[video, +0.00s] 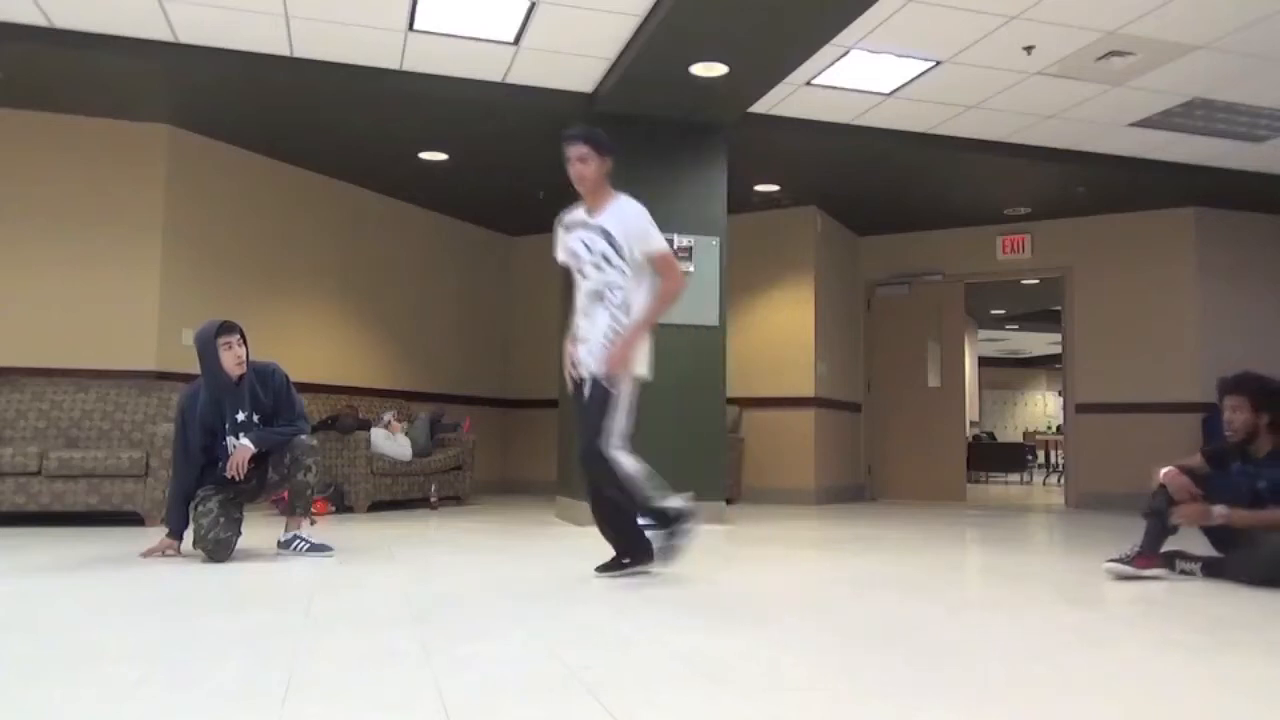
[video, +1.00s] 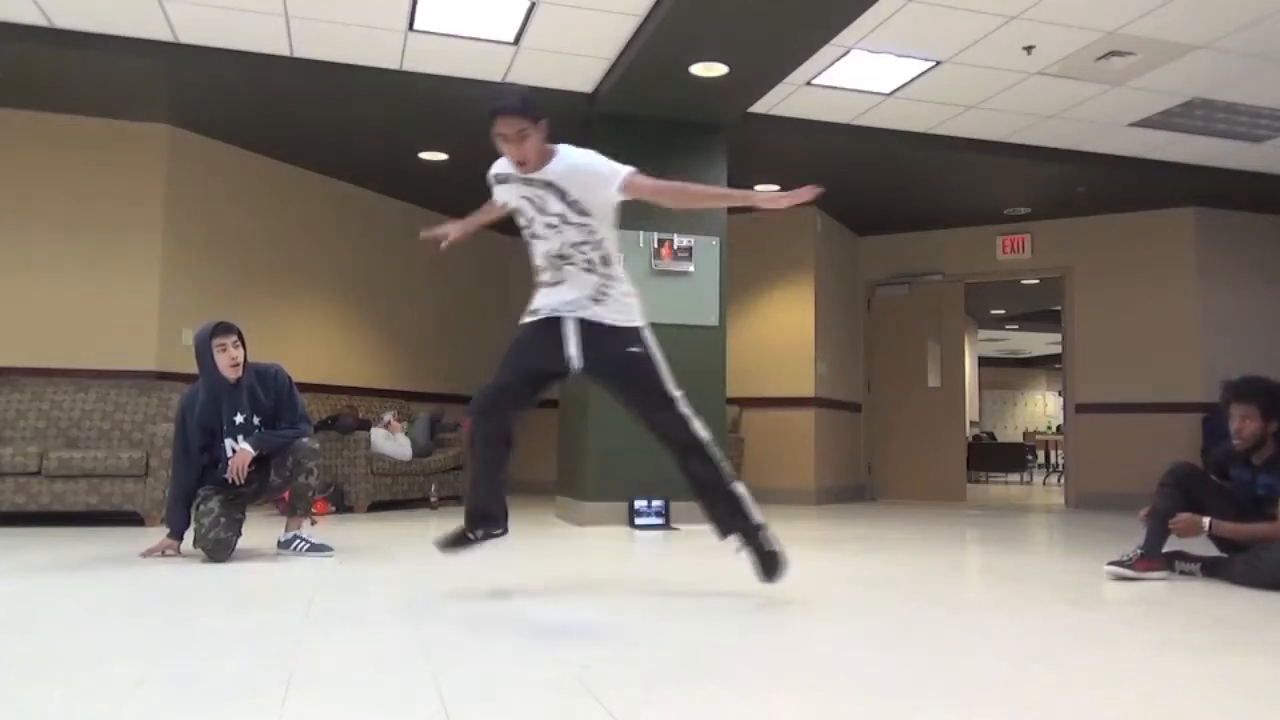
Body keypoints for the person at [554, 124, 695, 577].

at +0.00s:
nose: (577, 169)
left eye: (584, 160)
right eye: (570, 162)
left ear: (606, 163)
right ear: (566, 170)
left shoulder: (630, 214)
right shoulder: (568, 223)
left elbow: (674, 278)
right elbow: (583, 291)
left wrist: (630, 338)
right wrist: (571, 340)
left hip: (621, 350)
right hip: (584, 352)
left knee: (605, 447)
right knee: (592, 452)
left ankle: (669, 513)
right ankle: (630, 547)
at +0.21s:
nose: (516, 139)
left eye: (524, 129)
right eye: (510, 132)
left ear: (548, 131)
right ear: (508, 139)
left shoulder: (568, 185)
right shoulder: (517, 194)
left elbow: (594, 258)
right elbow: (527, 265)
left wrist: (535, 312)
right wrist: (510, 325)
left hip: (544, 336)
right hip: (518, 334)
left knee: (497, 434)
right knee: (540, 435)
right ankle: (584, 516)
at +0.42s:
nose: (472, 163)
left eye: (480, 152)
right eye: (465, 155)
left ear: (505, 152)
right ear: (461, 160)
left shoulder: (520, 204)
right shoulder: (481, 211)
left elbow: (533, 283)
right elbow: (488, 289)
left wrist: (474, 324)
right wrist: (454, 330)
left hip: (507, 353)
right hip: (482, 350)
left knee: (441, 446)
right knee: (444, 445)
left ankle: (429, 562)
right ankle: (524, 510)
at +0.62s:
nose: (451, 166)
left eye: (457, 154)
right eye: (442, 158)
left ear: (483, 149)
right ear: (437, 161)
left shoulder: (517, 198)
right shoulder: (457, 211)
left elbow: (529, 287)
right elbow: (464, 290)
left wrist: (454, 307)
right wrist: (435, 307)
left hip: (548, 330)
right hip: (510, 331)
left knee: (502, 433)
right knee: (483, 434)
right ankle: (496, 558)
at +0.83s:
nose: (472, 170)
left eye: (479, 157)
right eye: (463, 160)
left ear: (500, 154)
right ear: (454, 165)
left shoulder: (536, 202)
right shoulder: (466, 221)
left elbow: (586, 260)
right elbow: (490, 290)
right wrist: (464, 343)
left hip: (564, 355)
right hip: (511, 356)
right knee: (483, 454)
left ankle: (684, 534)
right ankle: (498, 561)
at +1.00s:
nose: (513, 149)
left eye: (521, 136)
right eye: (503, 140)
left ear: (544, 130)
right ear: (495, 140)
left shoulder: (582, 167)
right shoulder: (503, 175)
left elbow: (666, 193)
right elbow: (505, 201)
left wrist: (762, 199)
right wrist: (463, 226)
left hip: (610, 317)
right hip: (549, 317)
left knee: (678, 427)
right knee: (490, 408)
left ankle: (751, 532)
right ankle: (486, 520)